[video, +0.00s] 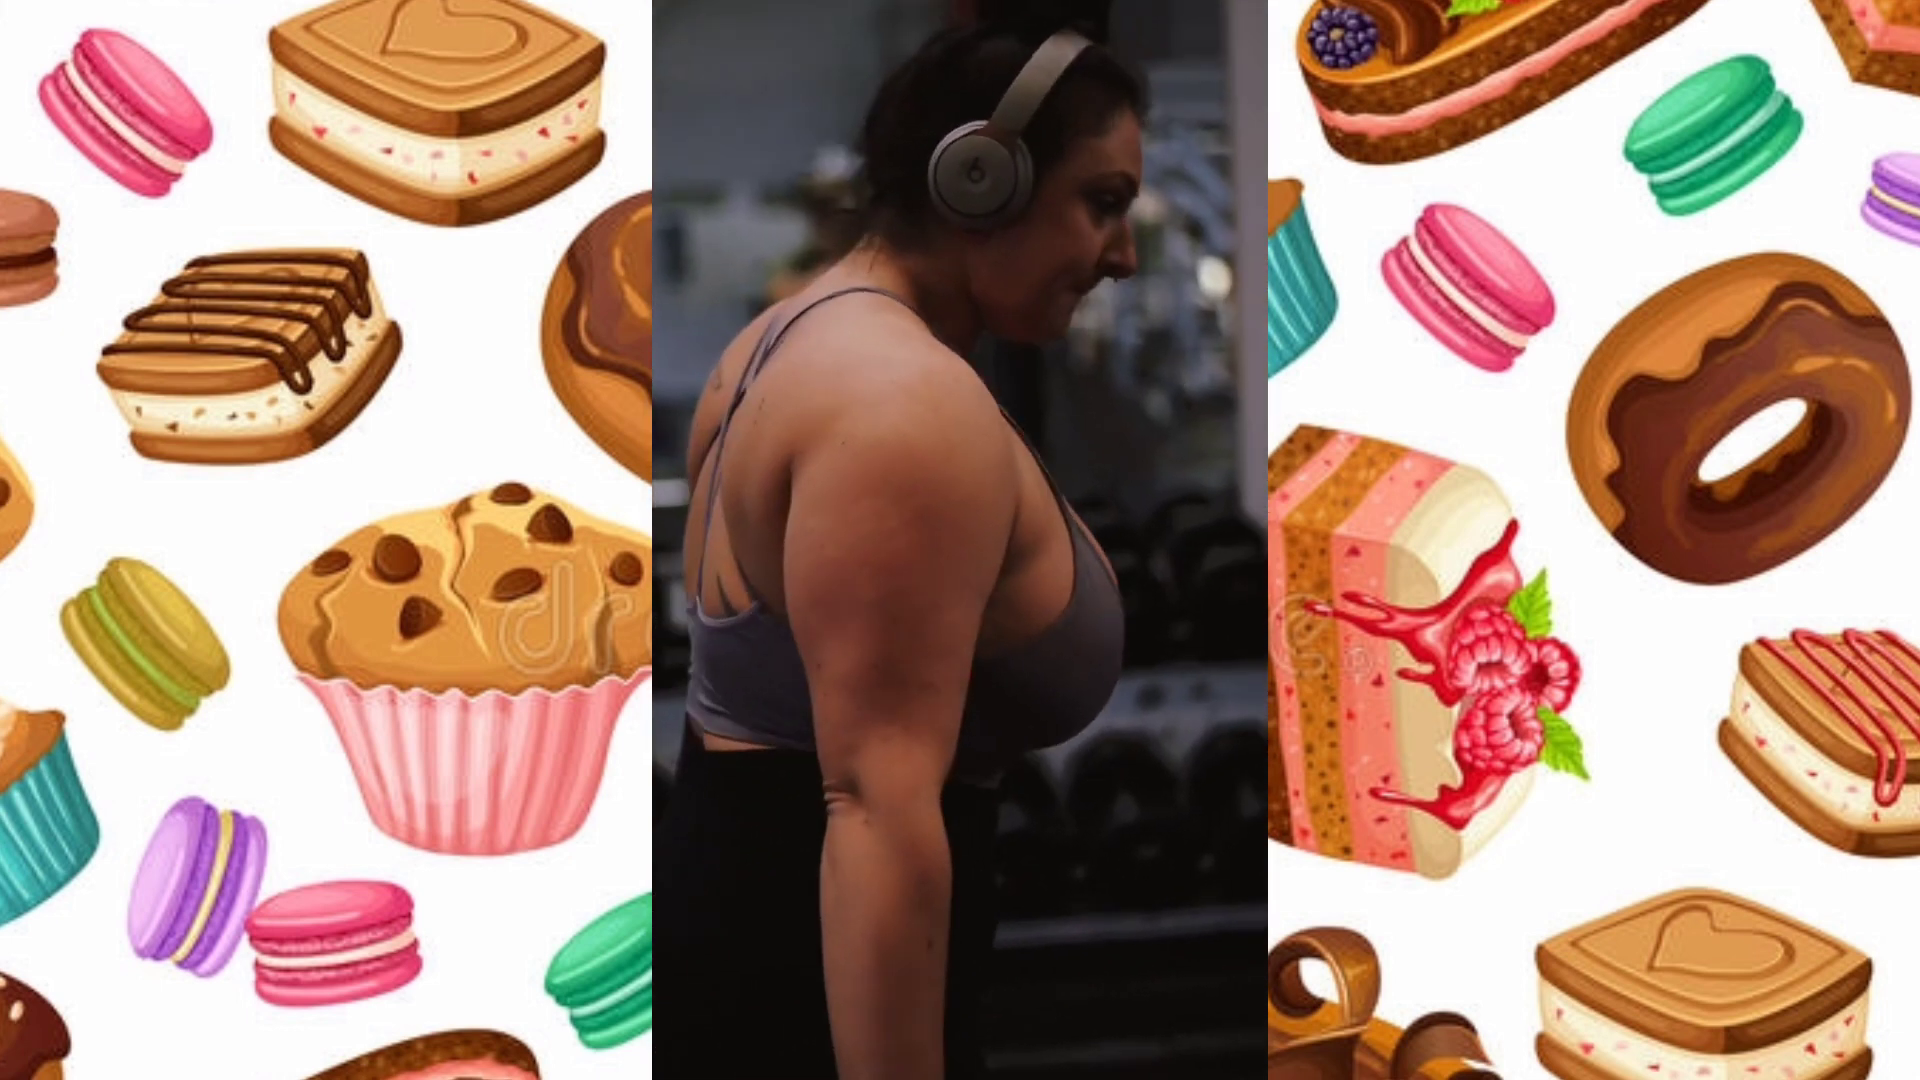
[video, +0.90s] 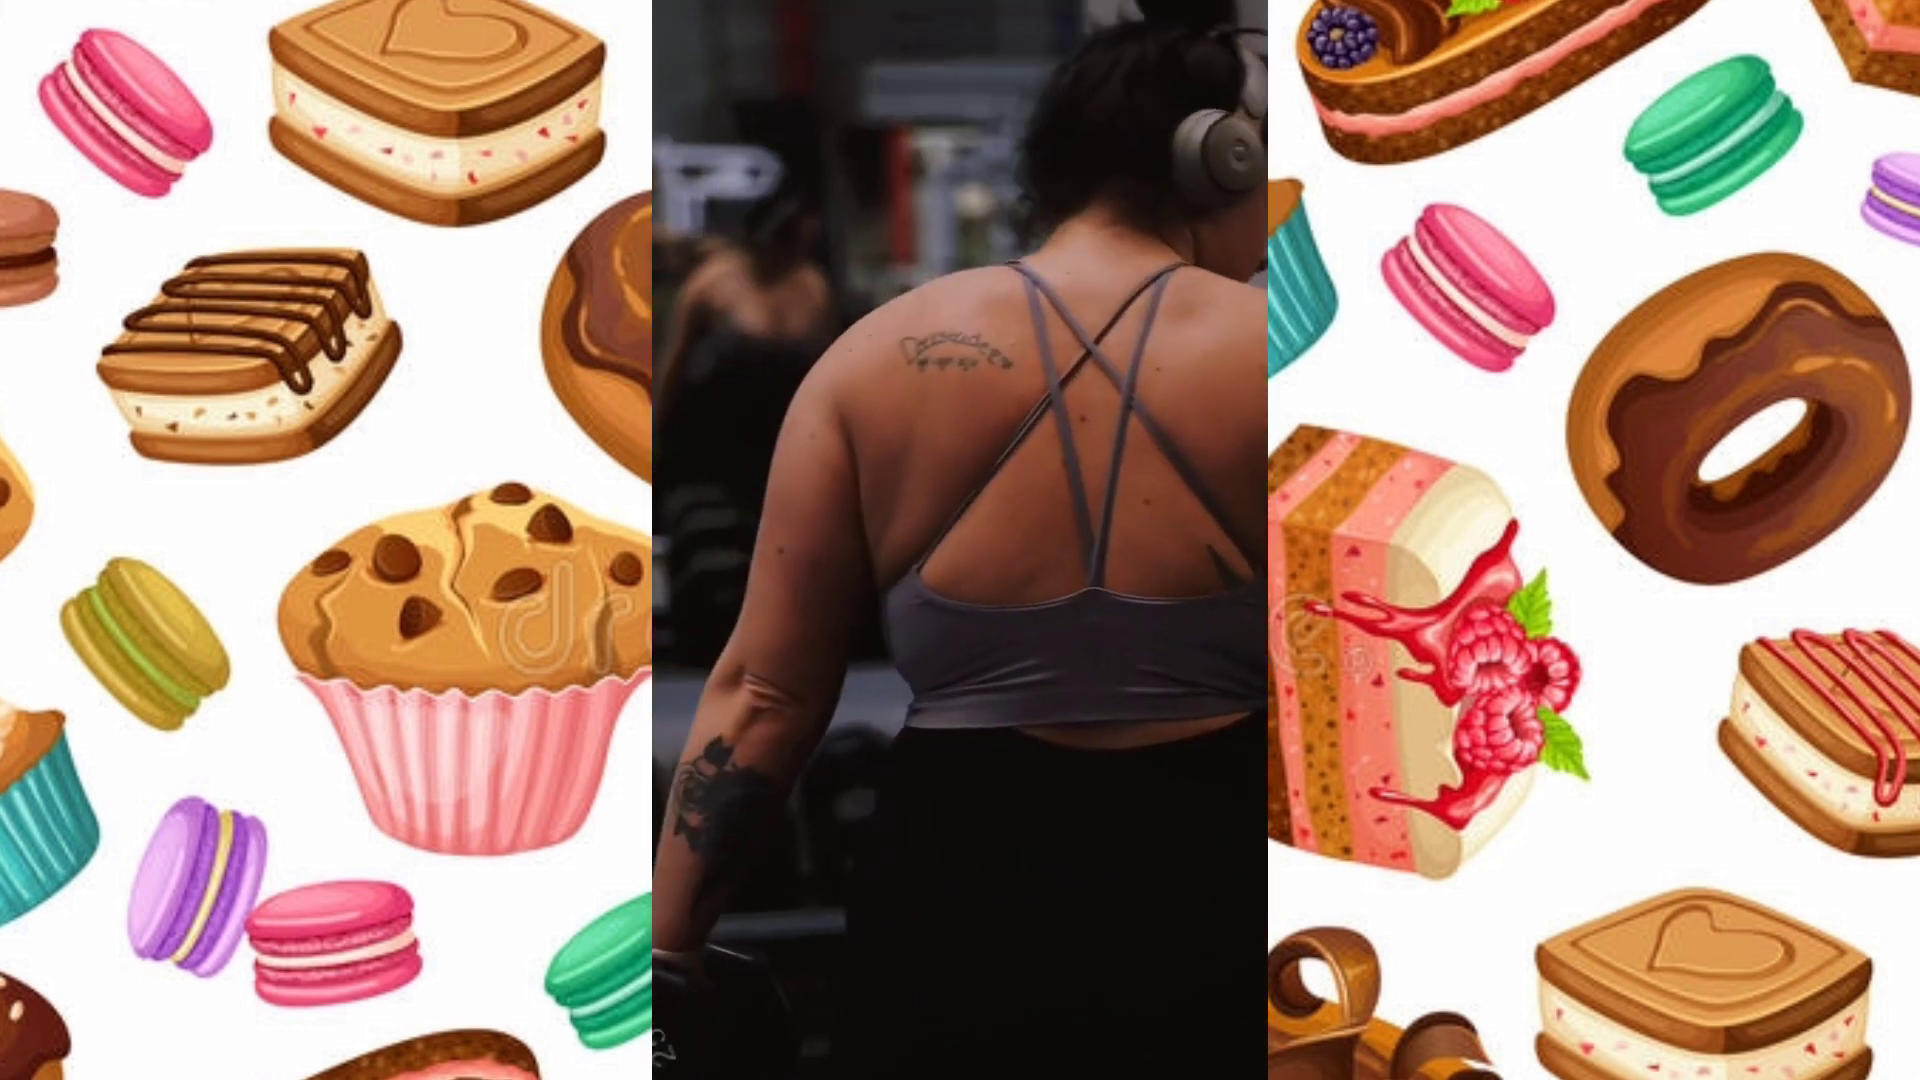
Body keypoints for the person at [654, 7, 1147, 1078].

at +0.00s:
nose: (1122, 252)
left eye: (1126, 209)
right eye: (1102, 202)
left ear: (969, 183)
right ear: (977, 181)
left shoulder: (785, 337)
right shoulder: (903, 412)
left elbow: (747, 726)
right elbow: (876, 799)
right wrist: (890, 1063)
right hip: (850, 879)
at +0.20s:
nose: (1062, 211)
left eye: (1057, 170)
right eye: (1039, 165)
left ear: (925, 166)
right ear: (930, 164)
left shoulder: (714, 362)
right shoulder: (941, 380)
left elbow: (716, 701)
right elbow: (972, 762)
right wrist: (1031, 1065)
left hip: (727, 854)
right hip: (883, 870)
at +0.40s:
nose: (1026, 190)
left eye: (1018, 149)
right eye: (1005, 146)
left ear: (893, 158)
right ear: (907, 156)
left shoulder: (688, 368)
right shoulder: (988, 352)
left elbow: (674, 695)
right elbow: (1062, 728)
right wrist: (1173, 1038)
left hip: (726, 872)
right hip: (942, 874)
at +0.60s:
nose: (1031, 176)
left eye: (1024, 138)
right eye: (1013, 138)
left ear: (817, 150)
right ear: (926, 146)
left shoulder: (677, 368)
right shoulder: (1057, 349)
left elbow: (637, 691)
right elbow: (1155, 701)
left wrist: (617, 955)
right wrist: (1280, 1000)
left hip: (751, 879)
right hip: (1009, 878)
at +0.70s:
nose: (1102, 178)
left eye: (1095, 140)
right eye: (1087, 138)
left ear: (885, 153)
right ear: (1007, 147)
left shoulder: (711, 388)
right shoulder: (1147, 355)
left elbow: (672, 733)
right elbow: (1230, 704)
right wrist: (1333, 936)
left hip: (824, 890)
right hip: (1100, 883)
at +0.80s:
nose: (1196, 192)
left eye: (1194, 154)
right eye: (1187, 152)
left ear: (981, 152)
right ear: (1115, 149)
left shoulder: (801, 374)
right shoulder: (1235, 355)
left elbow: (711, 709)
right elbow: (1325, 683)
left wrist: (550, 879)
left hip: (895, 879)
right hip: (1169, 872)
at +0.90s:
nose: (1287, 215)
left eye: (1290, 180)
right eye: (1281, 179)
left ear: (1062, 166)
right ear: (1224, 169)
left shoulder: (875, 361)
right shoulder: (1283, 352)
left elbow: (766, 690)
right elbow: (1378, 662)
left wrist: (646, 954)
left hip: (951, 868)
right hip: (1215, 865)